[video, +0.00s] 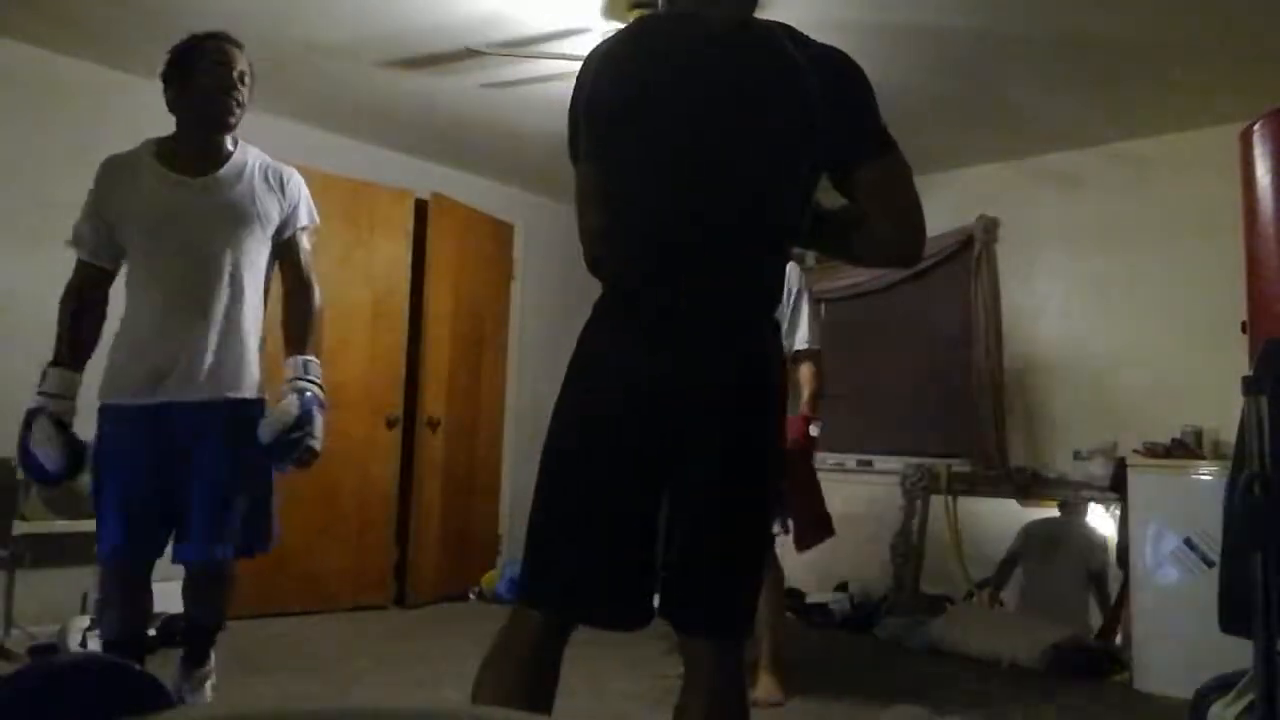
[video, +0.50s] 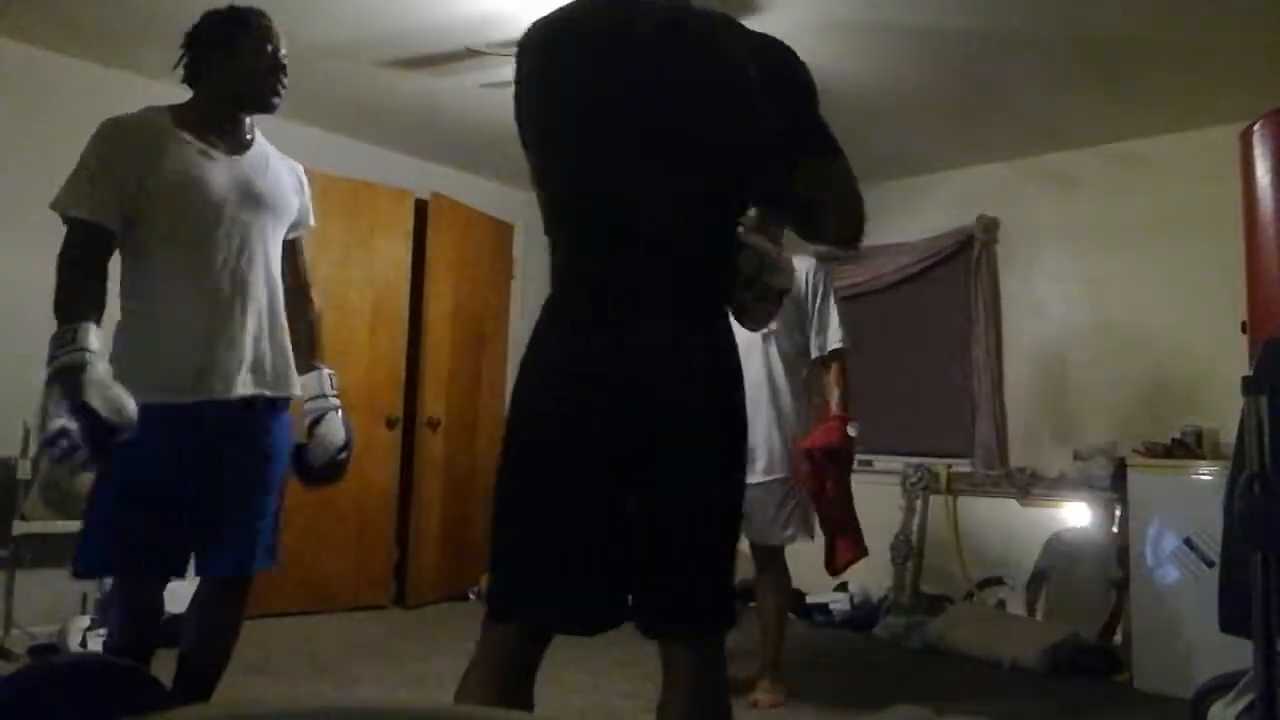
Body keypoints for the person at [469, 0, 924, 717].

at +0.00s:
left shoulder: (608, 64)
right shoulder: (818, 72)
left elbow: (602, 251)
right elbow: (899, 238)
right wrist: (790, 214)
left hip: (617, 355)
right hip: (736, 361)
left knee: (542, 609)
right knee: (715, 643)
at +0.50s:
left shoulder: (548, 41)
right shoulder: (757, 61)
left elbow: (566, 219)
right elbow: (842, 222)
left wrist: (722, 258)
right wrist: (750, 168)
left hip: (568, 359)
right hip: (692, 365)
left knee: (513, 627)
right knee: (691, 642)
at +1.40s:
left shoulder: (417, 56)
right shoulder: (624, 23)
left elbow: (453, 238)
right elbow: (755, 175)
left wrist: (625, 282)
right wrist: (634, 137)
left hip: (465, 365)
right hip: (595, 366)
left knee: (436, 648)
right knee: (639, 652)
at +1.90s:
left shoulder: (456, 52)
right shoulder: (671, 42)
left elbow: (499, 217)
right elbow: (778, 189)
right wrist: (679, 139)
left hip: (510, 361)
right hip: (635, 365)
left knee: (471, 639)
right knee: (661, 644)